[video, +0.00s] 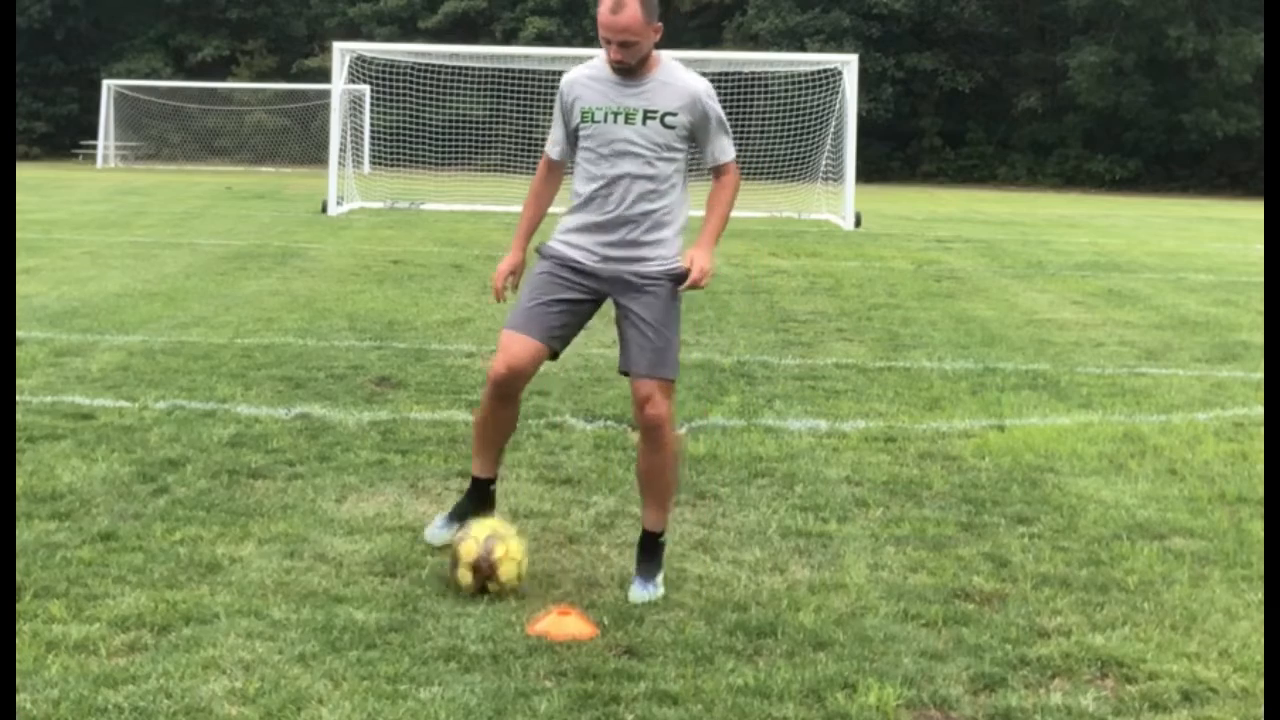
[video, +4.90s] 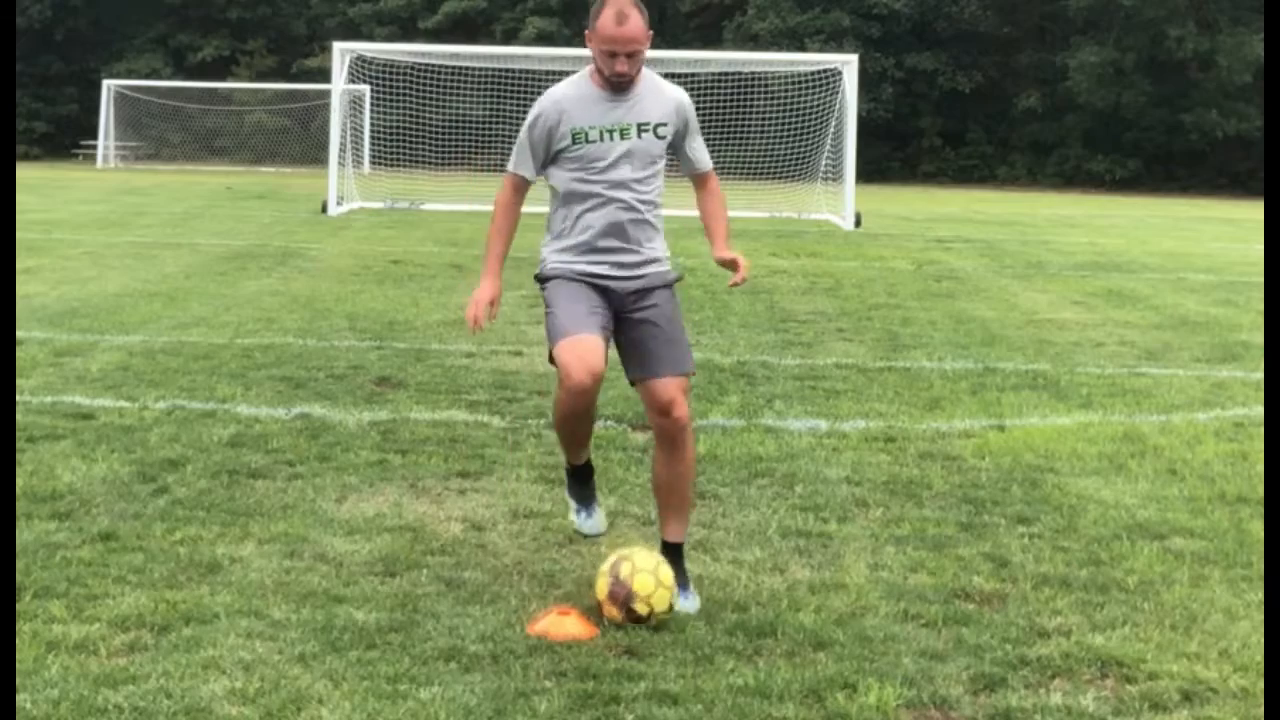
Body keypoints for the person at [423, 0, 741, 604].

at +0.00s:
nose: (614, 53)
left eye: (626, 44)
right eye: (605, 41)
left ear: (657, 31)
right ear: (597, 27)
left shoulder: (692, 93)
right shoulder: (577, 84)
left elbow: (727, 170)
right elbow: (551, 167)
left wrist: (705, 244)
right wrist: (518, 246)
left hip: (650, 266)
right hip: (572, 254)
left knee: (653, 411)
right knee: (503, 371)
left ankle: (650, 557)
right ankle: (477, 501)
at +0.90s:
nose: (527, 47)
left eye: (539, 36)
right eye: (518, 35)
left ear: (569, 22)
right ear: (509, 22)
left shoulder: (603, 86)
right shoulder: (499, 76)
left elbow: (645, 171)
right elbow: (496, 153)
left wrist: (624, 243)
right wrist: (470, 230)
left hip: (575, 256)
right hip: (502, 250)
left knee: (571, 389)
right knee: (454, 377)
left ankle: (618, 509)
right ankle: (444, 523)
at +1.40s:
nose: (470, 83)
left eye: (481, 70)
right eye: (459, 71)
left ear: (506, 58)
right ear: (447, 63)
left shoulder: (547, 114)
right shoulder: (442, 123)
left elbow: (593, 197)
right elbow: (430, 211)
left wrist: (596, 281)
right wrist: (404, 295)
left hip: (543, 267)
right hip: (473, 277)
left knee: (526, 353)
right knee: (430, 410)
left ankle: (531, 498)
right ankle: (446, 552)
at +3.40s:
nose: (481, 44)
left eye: (492, 31)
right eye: (469, 33)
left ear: (509, 14)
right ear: (449, 21)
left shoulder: (546, 68)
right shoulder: (428, 87)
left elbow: (576, 145)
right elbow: (407, 170)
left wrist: (590, 222)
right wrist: (378, 251)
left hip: (547, 243)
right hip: (467, 256)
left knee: (599, 361)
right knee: (452, 399)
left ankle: (600, 482)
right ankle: (455, 532)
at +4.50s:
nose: (573, 39)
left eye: (584, 26)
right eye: (560, 27)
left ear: (600, 12)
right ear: (537, 14)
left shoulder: (626, 65)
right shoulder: (510, 82)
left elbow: (650, 133)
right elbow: (480, 167)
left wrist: (670, 207)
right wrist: (469, 256)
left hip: (625, 246)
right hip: (547, 258)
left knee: (674, 372)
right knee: (532, 398)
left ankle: (670, 526)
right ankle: (511, 528)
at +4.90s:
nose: (623, 67)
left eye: (634, 55)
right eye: (611, 55)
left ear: (650, 44)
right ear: (589, 42)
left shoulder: (672, 103)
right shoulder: (554, 108)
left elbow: (704, 178)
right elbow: (513, 187)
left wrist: (719, 243)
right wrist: (490, 277)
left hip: (648, 273)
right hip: (574, 271)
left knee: (673, 413)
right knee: (580, 376)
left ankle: (673, 560)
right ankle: (580, 477)